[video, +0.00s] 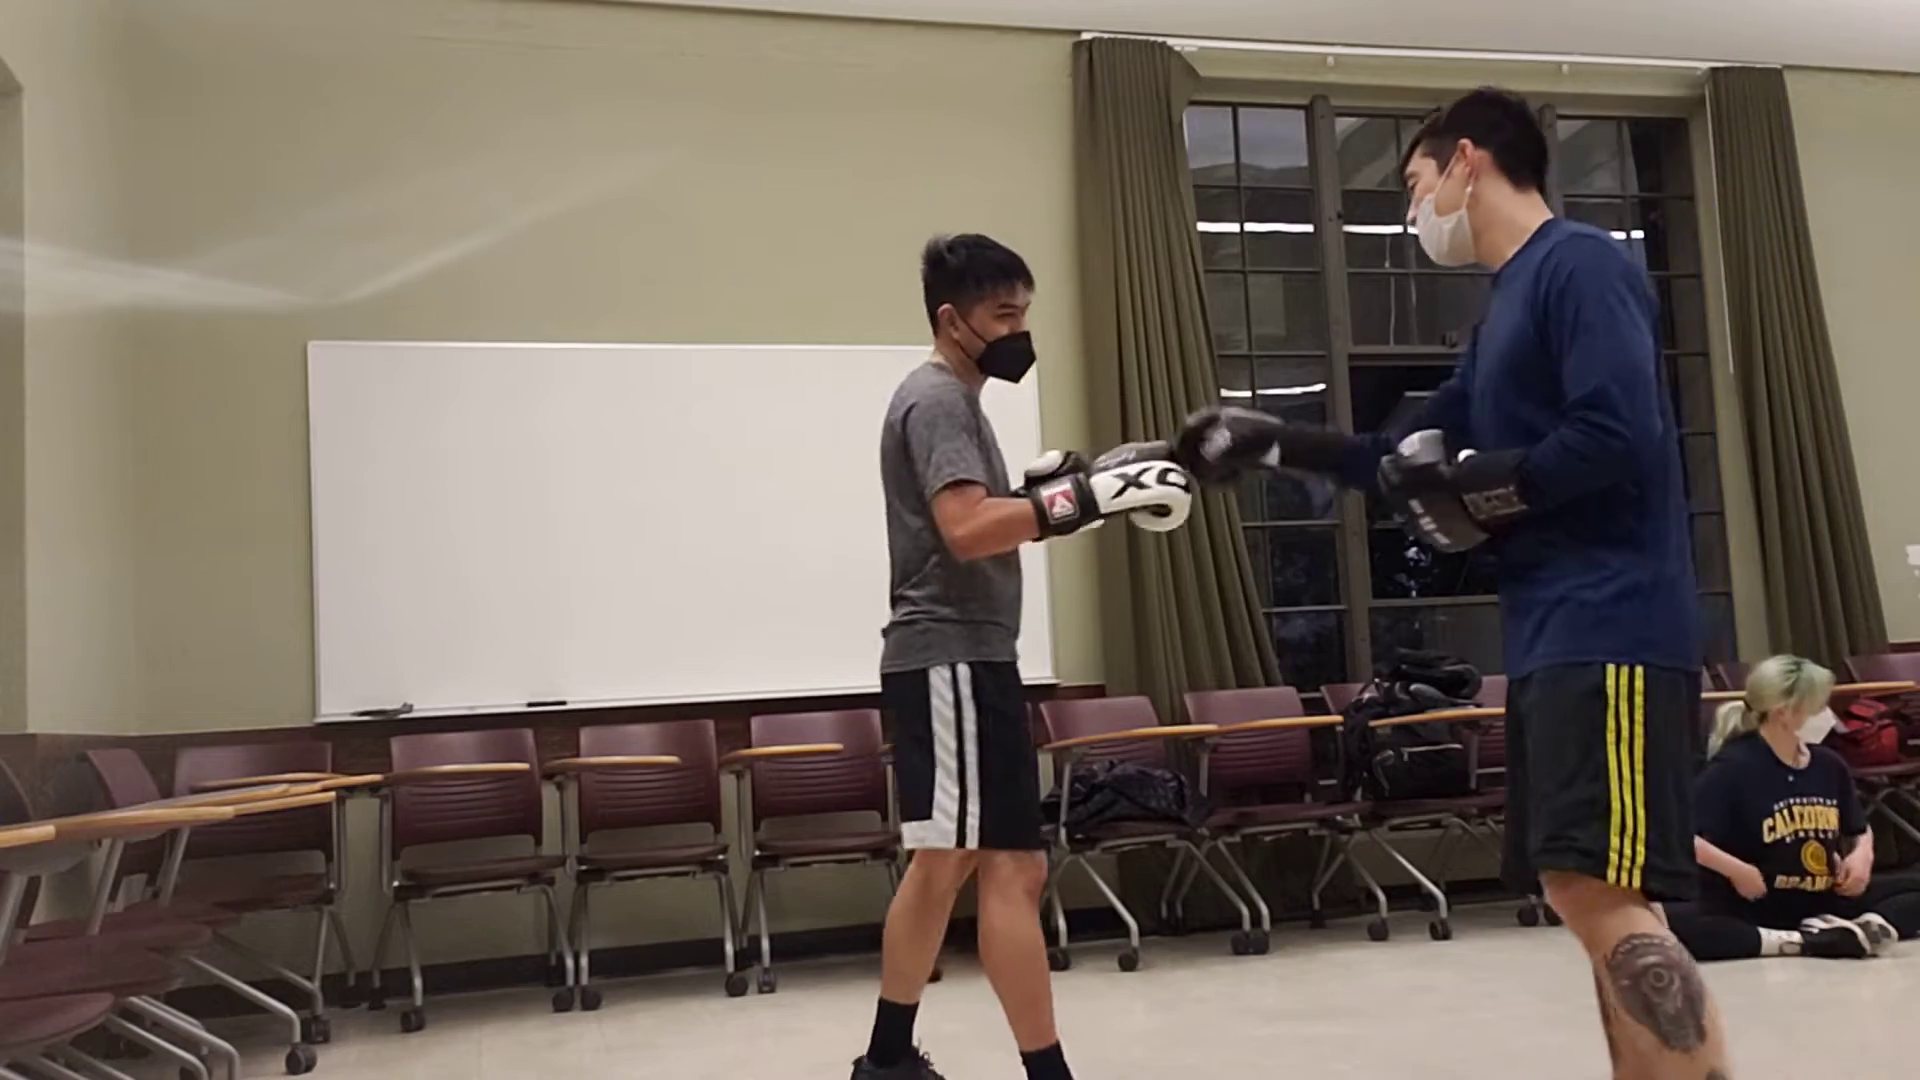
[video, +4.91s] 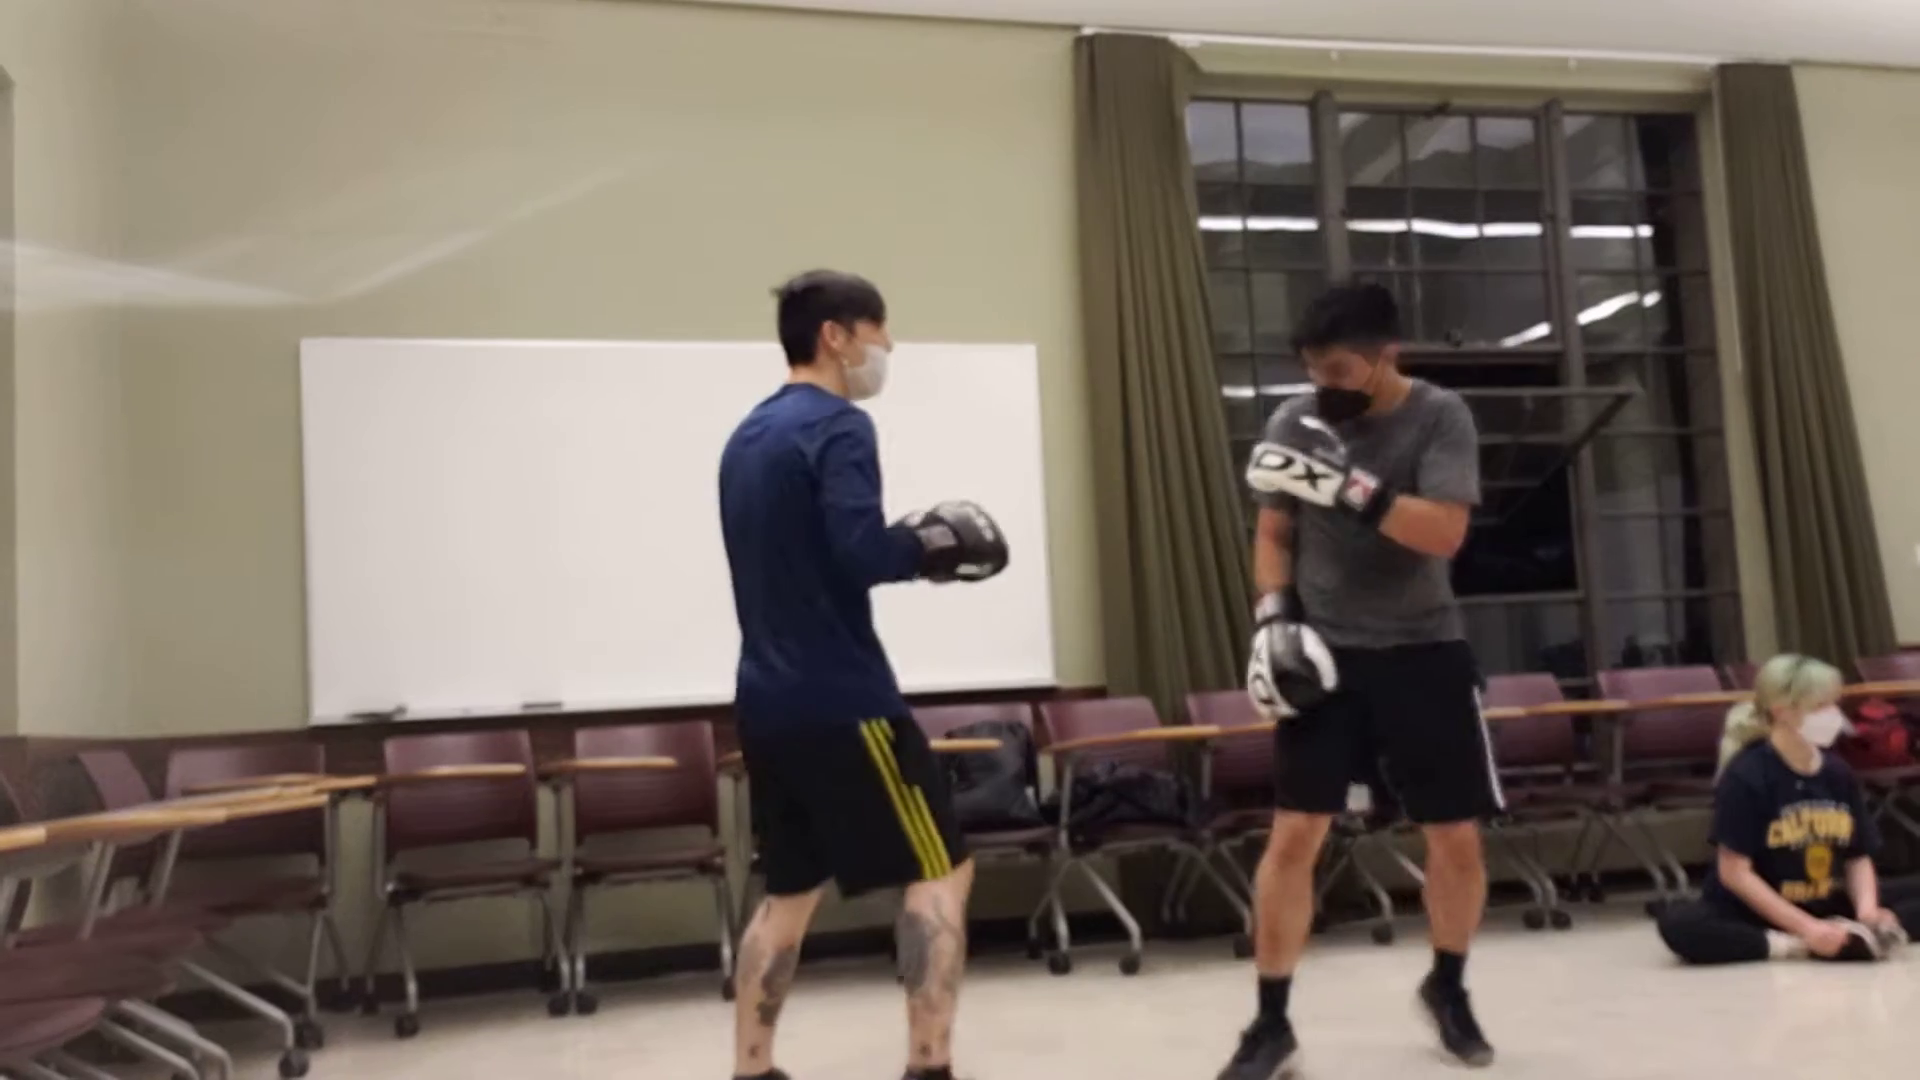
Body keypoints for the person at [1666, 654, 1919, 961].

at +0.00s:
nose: (1820, 714)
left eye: (1818, 706)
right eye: (1812, 706)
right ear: (1781, 712)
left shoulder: (1831, 765)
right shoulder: (1732, 767)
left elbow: (1859, 830)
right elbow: (1683, 834)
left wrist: (1862, 856)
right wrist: (1735, 869)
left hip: (1829, 901)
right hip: (1756, 907)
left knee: (1916, 896)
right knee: (1676, 925)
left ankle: (1860, 930)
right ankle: (1790, 942)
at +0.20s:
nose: (1828, 720)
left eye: (1827, 710)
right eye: (1819, 712)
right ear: (1786, 716)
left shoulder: (1833, 760)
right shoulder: (1733, 765)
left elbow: (1851, 799)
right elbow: (1660, 808)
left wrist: (1851, 834)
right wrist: (1699, 856)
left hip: (1819, 898)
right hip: (1746, 902)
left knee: (1916, 888)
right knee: (1668, 925)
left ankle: (1860, 929)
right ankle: (1789, 942)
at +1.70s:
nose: (1830, 722)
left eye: (1829, 713)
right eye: (1821, 715)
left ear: (1796, 720)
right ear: (1788, 719)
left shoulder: (1826, 762)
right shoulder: (1734, 769)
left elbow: (1851, 813)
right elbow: (1662, 826)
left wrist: (1846, 852)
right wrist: (1733, 874)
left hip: (1817, 899)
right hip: (1747, 908)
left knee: (1916, 888)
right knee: (1671, 922)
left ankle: (1854, 930)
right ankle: (1797, 944)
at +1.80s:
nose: (1823, 715)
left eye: (1822, 706)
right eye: (1815, 707)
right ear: (1784, 714)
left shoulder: (1825, 764)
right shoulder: (1735, 769)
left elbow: (1856, 829)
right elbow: (1675, 843)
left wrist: (1852, 861)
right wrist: (1759, 880)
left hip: (1824, 899)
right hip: (1747, 907)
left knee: (1915, 892)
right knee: (1670, 922)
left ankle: (1851, 930)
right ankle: (1794, 945)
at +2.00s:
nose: (1820, 712)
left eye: (1819, 703)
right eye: (1812, 703)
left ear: (1784, 708)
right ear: (1781, 708)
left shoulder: (1823, 766)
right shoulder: (1735, 769)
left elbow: (1852, 842)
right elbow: (1704, 862)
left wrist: (1856, 878)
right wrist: (1796, 890)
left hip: (1822, 898)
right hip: (1749, 905)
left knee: (1915, 897)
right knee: (1670, 922)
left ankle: (1850, 930)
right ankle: (1792, 945)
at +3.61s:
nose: (1830, 716)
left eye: (1829, 705)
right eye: (1817, 707)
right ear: (1777, 712)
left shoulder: (1836, 772)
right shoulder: (1740, 775)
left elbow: (1857, 852)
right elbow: (1724, 870)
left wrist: (1859, 899)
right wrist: (1801, 920)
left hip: (1828, 903)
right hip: (1755, 908)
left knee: (1916, 899)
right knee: (1672, 922)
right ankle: (1792, 944)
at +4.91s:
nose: (1834, 715)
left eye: (1834, 704)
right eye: (1820, 706)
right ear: (1781, 712)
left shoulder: (1838, 774)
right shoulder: (1746, 775)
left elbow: (1858, 855)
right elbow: (1733, 872)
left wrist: (1867, 910)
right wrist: (1807, 927)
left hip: (1832, 906)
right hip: (1760, 910)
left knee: (1915, 895)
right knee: (1677, 923)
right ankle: (1795, 945)